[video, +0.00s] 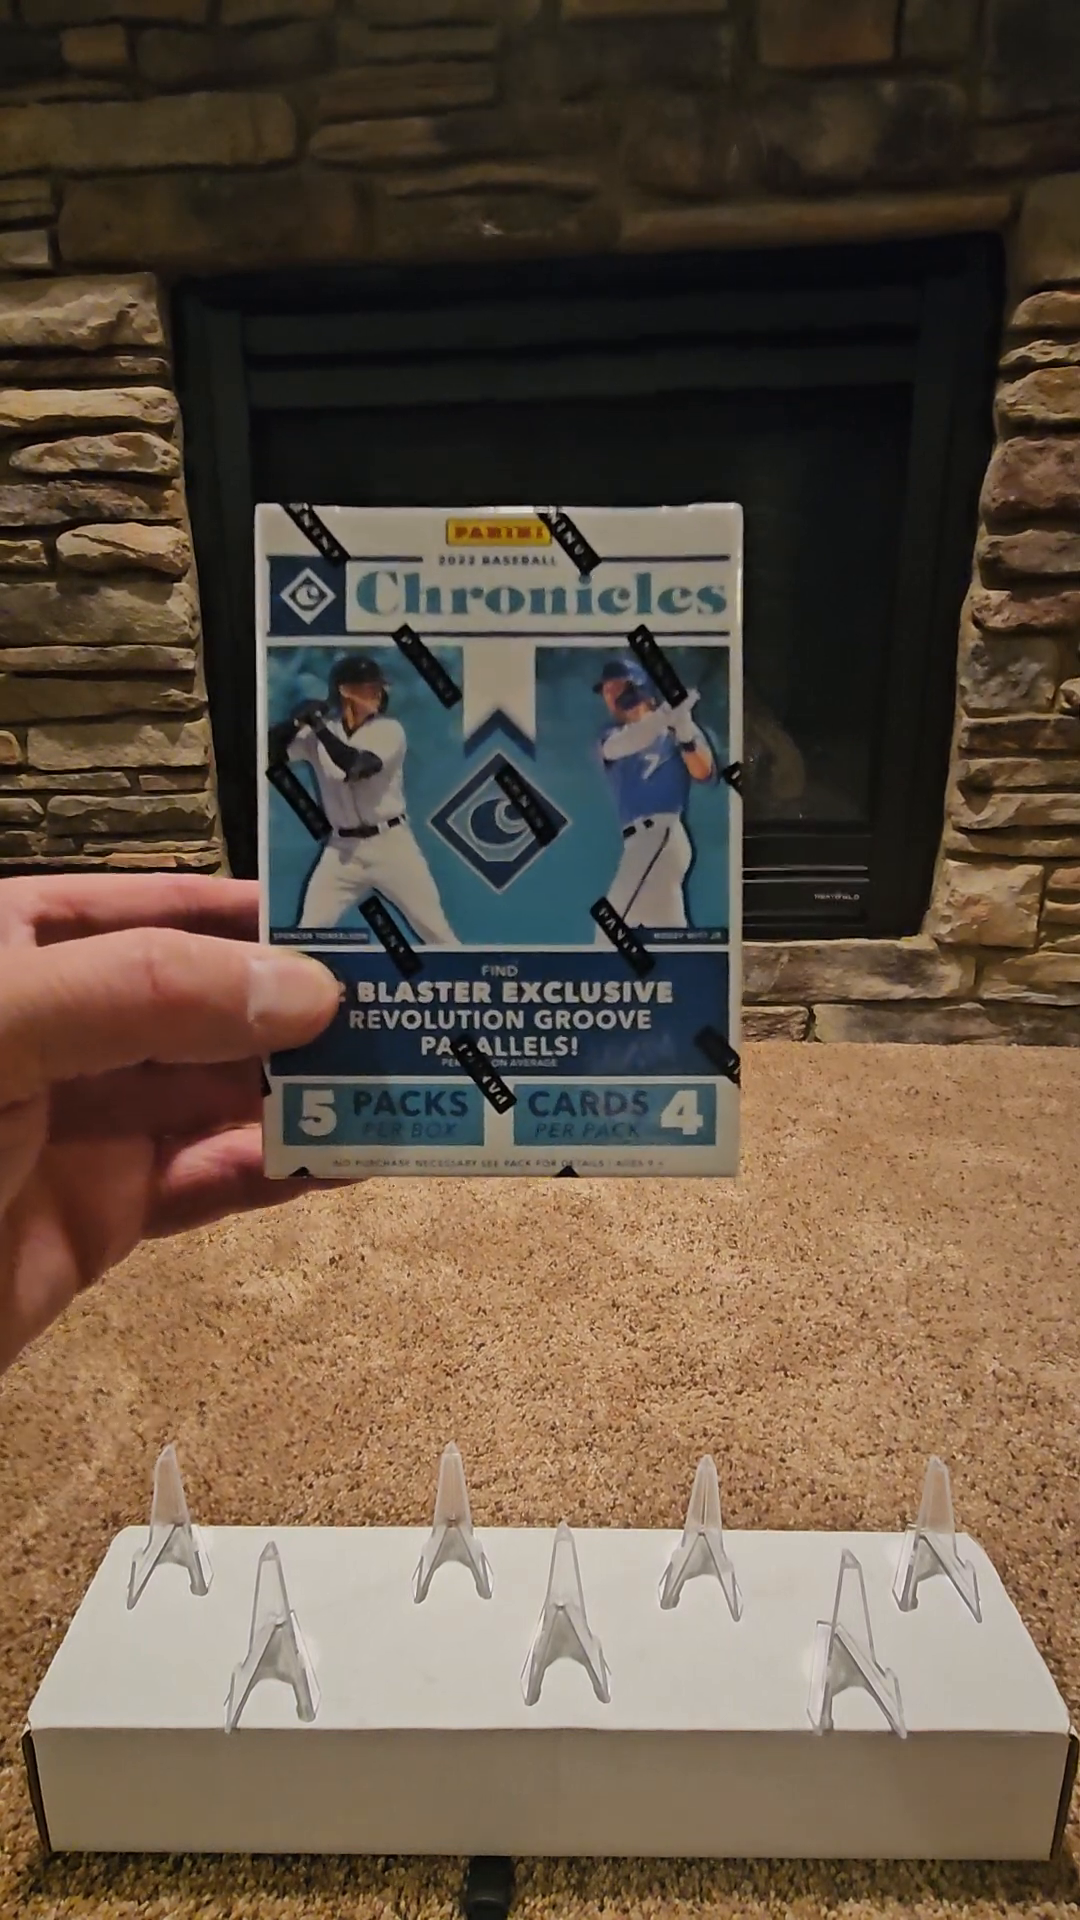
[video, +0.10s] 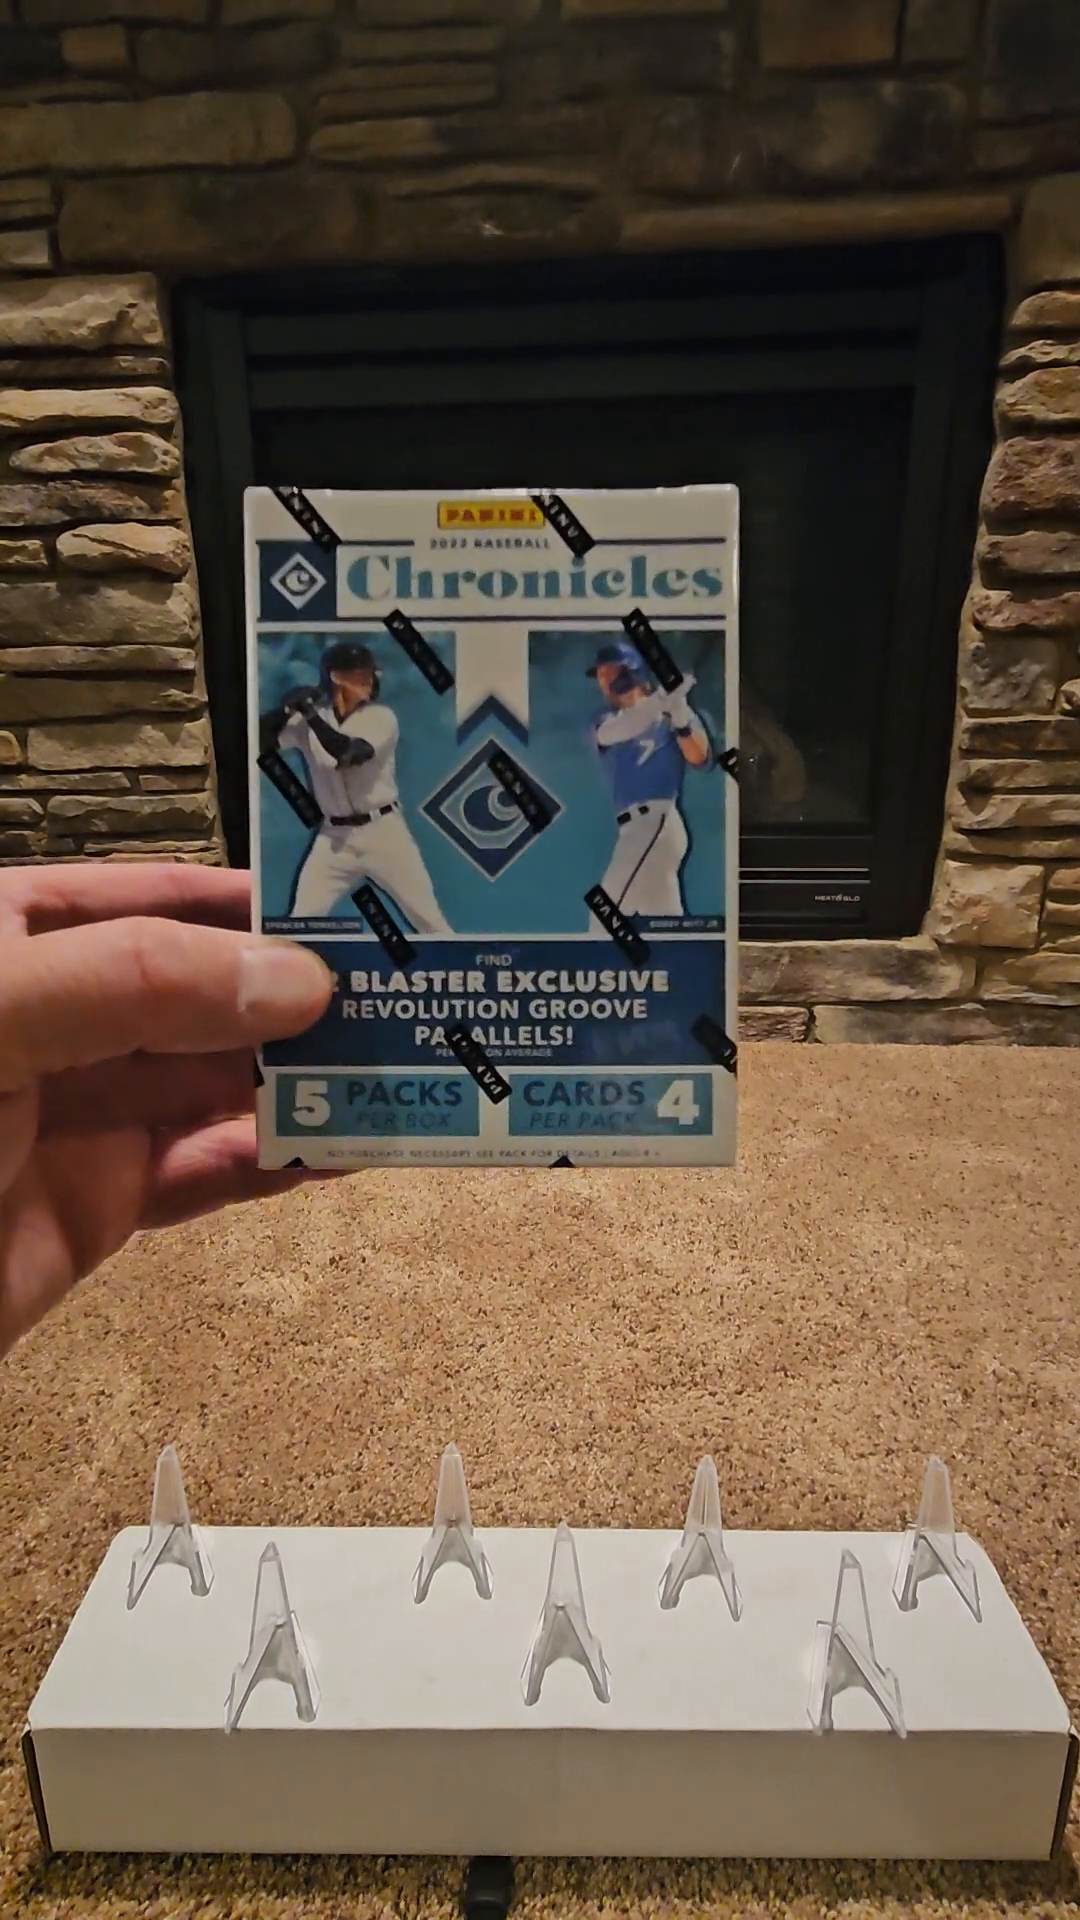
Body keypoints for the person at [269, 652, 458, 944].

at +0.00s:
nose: (376, 690)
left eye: (377, 684)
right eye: (367, 684)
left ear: (382, 689)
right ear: (345, 691)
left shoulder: (389, 730)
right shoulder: (315, 737)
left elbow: (355, 768)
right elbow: (269, 755)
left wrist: (318, 726)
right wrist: (293, 724)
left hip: (392, 846)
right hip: (342, 850)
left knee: (436, 932)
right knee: (309, 937)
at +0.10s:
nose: (368, 678)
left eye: (370, 672)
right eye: (359, 672)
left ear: (374, 675)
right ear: (336, 677)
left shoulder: (381, 718)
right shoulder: (306, 724)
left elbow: (345, 755)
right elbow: (258, 742)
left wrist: (309, 714)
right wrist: (286, 711)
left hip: (384, 834)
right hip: (334, 839)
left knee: (430, 921)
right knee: (302, 926)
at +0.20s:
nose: (366, 670)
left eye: (367, 664)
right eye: (356, 664)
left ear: (371, 668)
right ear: (333, 670)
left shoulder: (379, 710)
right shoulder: (304, 716)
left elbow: (344, 748)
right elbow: (257, 736)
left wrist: (308, 707)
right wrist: (282, 703)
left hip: (383, 827)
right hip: (332, 831)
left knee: (427, 914)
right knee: (300, 919)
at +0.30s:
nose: (371, 669)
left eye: (372, 663)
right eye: (361, 663)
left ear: (376, 667)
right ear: (338, 669)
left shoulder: (382, 708)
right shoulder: (308, 715)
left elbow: (348, 746)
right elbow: (262, 736)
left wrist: (311, 705)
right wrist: (284, 704)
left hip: (386, 826)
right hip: (335, 830)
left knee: (430, 913)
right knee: (304, 917)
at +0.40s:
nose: (373, 659)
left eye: (374, 652)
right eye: (363, 652)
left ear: (378, 656)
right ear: (340, 658)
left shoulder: (385, 698)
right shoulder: (310, 704)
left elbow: (350, 736)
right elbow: (265, 725)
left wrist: (312, 694)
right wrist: (285, 693)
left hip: (388, 816)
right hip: (337, 820)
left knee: (433, 903)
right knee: (305, 907)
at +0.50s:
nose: (372, 647)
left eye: (373, 640)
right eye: (362, 641)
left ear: (377, 644)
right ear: (338, 647)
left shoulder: (384, 687)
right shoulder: (308, 694)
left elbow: (349, 725)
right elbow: (261, 712)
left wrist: (311, 683)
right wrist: (285, 681)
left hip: (387, 805)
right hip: (336, 810)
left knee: (432, 892)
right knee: (304, 897)